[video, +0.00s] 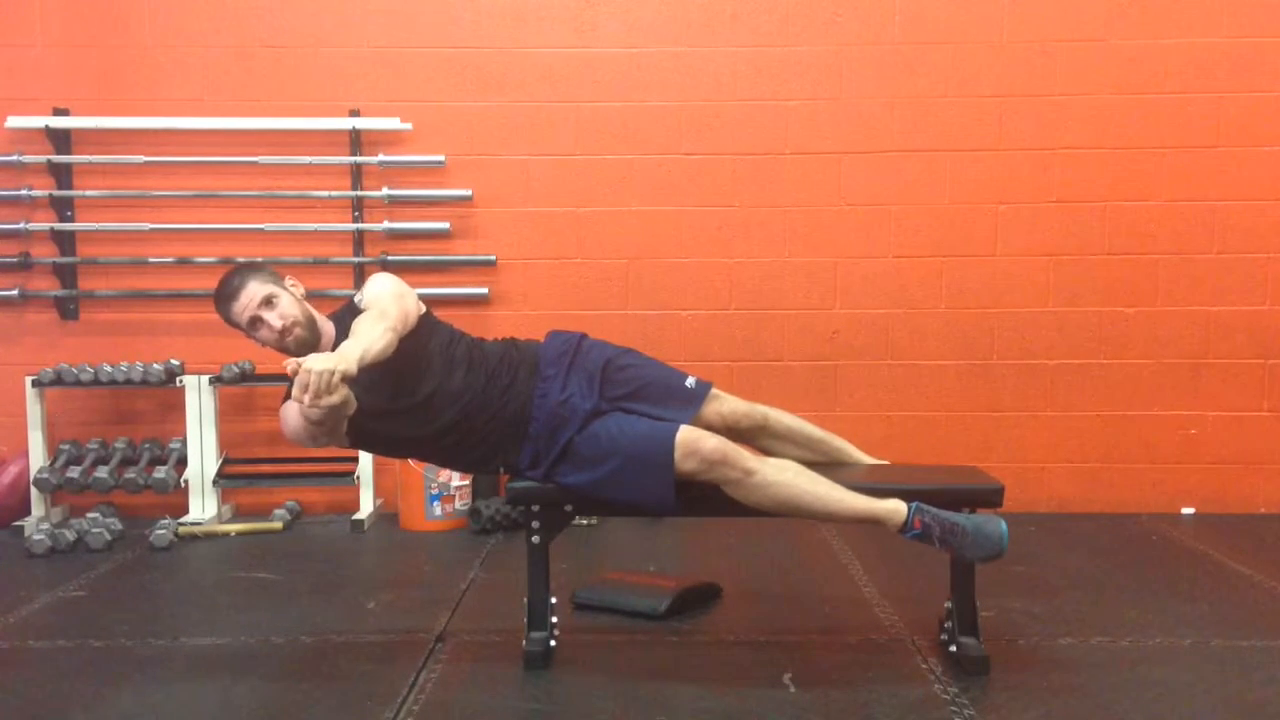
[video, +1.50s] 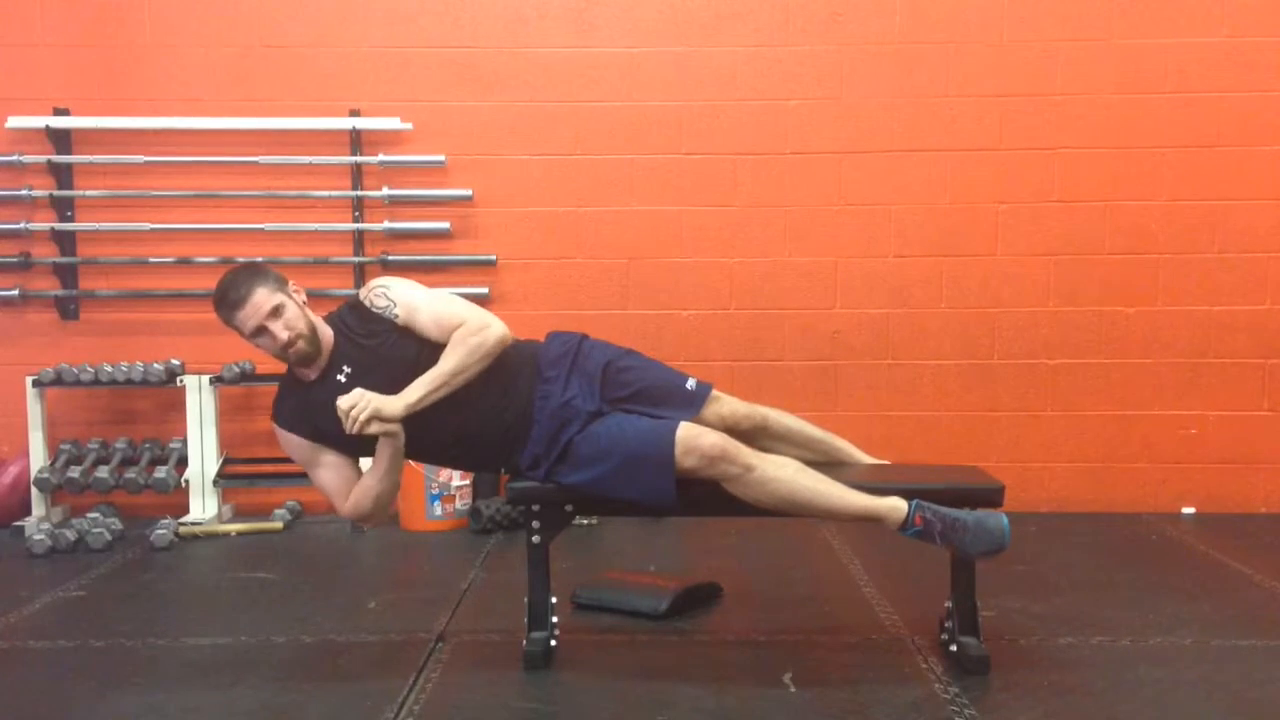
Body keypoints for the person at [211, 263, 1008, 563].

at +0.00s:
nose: (273, 324)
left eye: (270, 305)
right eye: (254, 326)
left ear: (293, 287)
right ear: (251, 345)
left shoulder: (369, 294)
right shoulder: (304, 408)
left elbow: (400, 317)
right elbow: (326, 419)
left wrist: (346, 359)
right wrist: (327, 387)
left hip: (565, 366)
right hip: (546, 450)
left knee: (737, 415)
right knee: (710, 457)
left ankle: (904, 492)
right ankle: (913, 521)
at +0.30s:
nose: (270, 329)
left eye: (266, 308)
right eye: (251, 330)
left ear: (291, 290)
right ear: (250, 348)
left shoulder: (371, 297)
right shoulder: (311, 412)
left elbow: (415, 334)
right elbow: (352, 442)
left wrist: (355, 375)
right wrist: (332, 418)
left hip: (566, 367)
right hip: (548, 450)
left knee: (739, 416)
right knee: (709, 453)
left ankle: (905, 493)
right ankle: (913, 520)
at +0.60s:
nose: (271, 329)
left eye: (268, 308)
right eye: (252, 331)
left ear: (290, 290)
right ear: (250, 349)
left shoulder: (373, 299)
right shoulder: (309, 415)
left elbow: (463, 336)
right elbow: (390, 481)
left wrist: (377, 397)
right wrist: (363, 428)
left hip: (567, 368)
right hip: (545, 451)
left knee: (740, 416)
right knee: (709, 453)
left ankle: (911, 494)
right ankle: (914, 520)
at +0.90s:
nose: (276, 330)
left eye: (273, 310)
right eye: (256, 332)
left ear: (294, 291)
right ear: (250, 349)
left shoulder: (371, 301)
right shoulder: (305, 419)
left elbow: (477, 309)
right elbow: (373, 508)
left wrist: (400, 402)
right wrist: (391, 442)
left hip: (568, 369)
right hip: (547, 451)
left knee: (738, 416)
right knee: (708, 454)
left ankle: (908, 494)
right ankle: (912, 519)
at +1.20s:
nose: (283, 338)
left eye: (279, 317)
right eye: (262, 340)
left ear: (297, 295)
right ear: (252, 353)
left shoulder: (373, 301)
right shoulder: (303, 422)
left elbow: (491, 329)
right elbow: (377, 508)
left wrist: (405, 403)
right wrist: (391, 435)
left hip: (571, 370)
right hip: (547, 452)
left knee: (740, 417)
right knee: (707, 451)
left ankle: (911, 494)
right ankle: (914, 519)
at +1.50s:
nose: (281, 333)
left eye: (278, 311)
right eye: (259, 334)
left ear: (298, 293)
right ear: (250, 349)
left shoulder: (374, 301)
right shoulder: (298, 420)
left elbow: (488, 336)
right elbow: (364, 507)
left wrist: (398, 407)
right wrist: (387, 437)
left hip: (571, 370)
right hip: (545, 452)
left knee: (741, 416)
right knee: (708, 452)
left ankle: (911, 498)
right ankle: (912, 520)